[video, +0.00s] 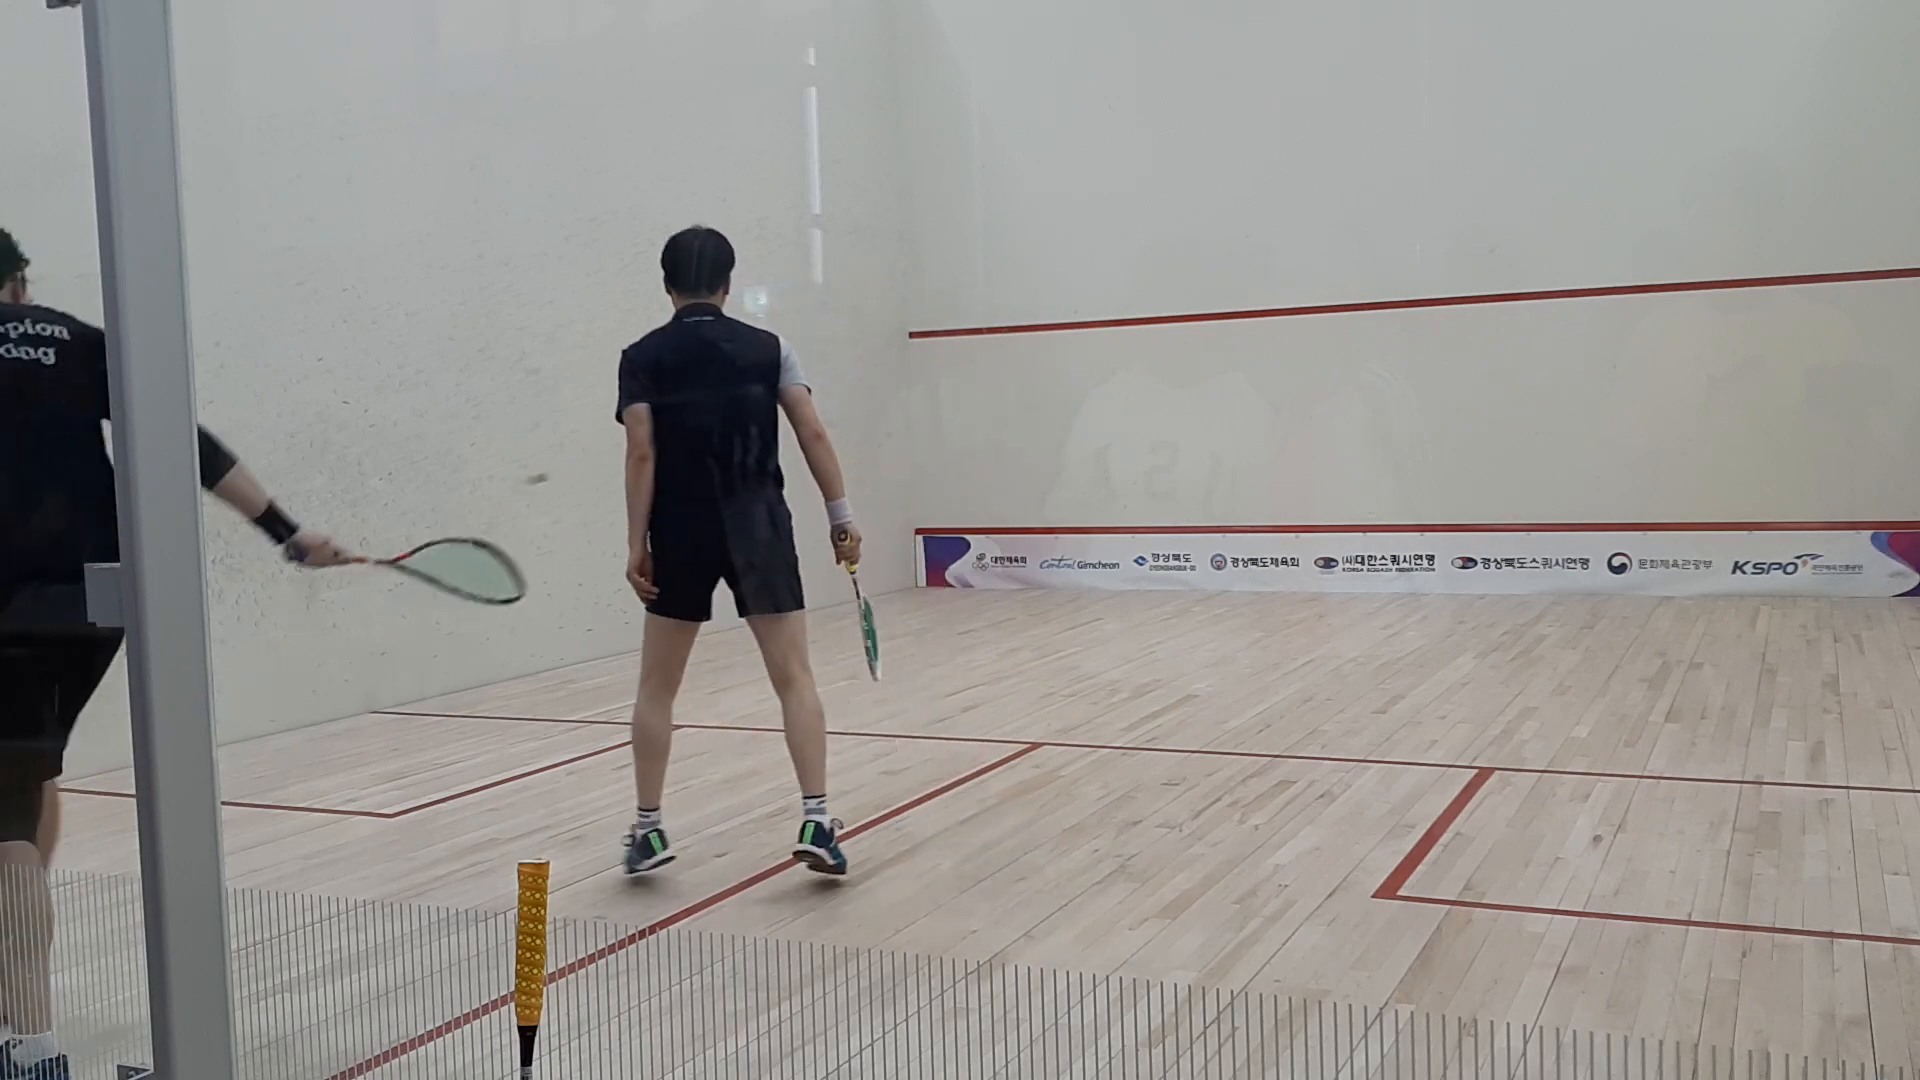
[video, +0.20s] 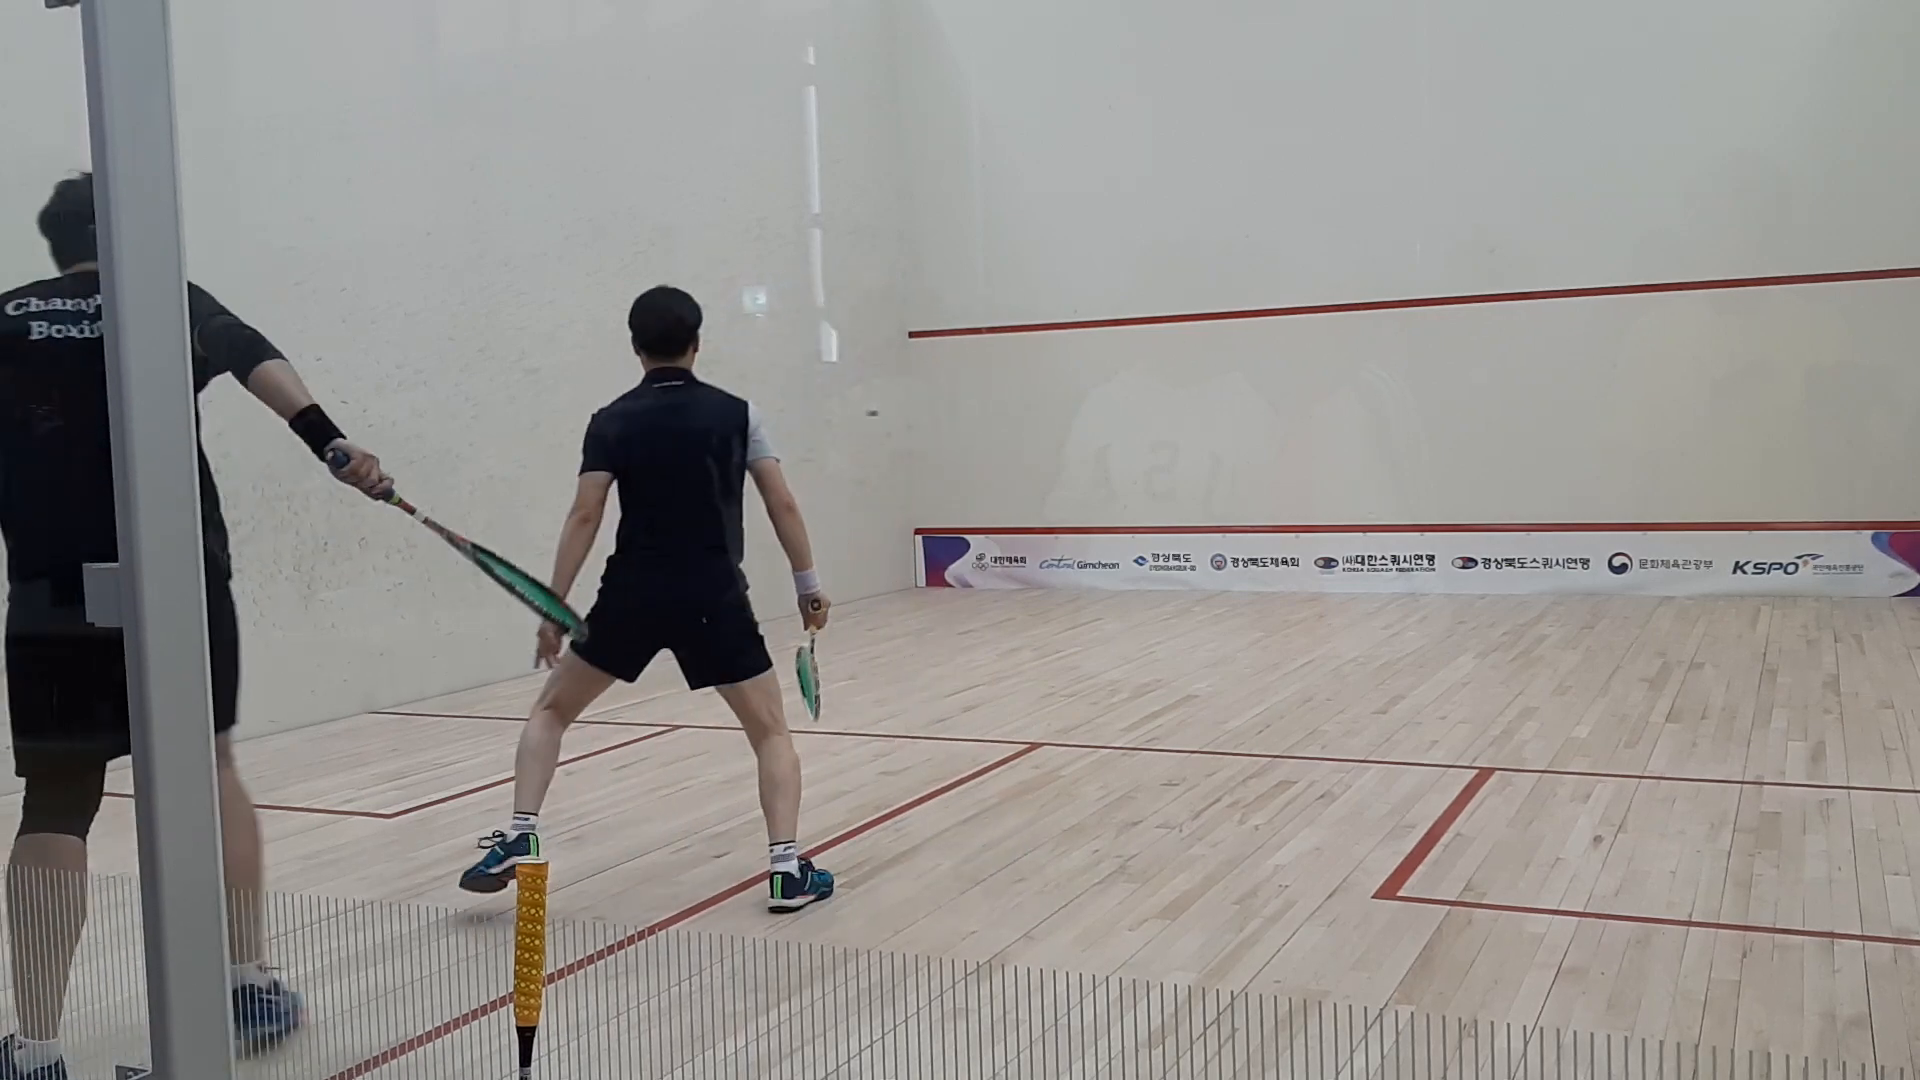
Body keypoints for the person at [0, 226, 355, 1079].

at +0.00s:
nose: (21, 289)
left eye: (17, 278)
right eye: (21, 279)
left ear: (1, 284)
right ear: (21, 280)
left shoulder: (57, 342)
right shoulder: (71, 343)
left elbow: (185, 439)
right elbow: (187, 440)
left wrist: (284, 527)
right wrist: (288, 530)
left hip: (28, 604)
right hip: (83, 601)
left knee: (22, 778)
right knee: (33, 772)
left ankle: (26, 1032)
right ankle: (26, 1027)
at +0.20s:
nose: (149, 230)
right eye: (139, 217)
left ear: (56, 243)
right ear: (128, 231)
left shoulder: (8, 318)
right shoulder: (168, 297)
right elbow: (252, 355)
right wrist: (333, 442)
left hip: (45, 605)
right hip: (176, 593)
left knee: (54, 801)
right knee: (214, 769)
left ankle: (31, 1048)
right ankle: (248, 983)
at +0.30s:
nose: (214, 260)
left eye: (207, 246)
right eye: (212, 246)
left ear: (116, 236)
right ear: (202, 245)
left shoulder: (64, 328)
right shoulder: (231, 305)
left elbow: (14, 440)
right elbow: (271, 386)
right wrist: (313, 463)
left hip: (100, 614)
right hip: (234, 600)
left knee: (84, 806)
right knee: (294, 785)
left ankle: (35, 1047)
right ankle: (344, 1005)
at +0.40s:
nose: (282, 245)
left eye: (273, 233)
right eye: (279, 233)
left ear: (193, 244)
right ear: (268, 238)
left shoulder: (138, 322)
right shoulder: (291, 311)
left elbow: (94, 447)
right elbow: (308, 406)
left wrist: (54, 566)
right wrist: (330, 502)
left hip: (183, 603)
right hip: (298, 596)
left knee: (150, 804)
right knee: (349, 782)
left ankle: (69, 1027)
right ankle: (358, 1007)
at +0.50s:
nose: (335, 235)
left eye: (327, 222)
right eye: (332, 222)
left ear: (249, 235)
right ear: (321, 229)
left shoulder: (194, 318)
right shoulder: (343, 307)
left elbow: (163, 454)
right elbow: (367, 429)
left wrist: (151, 580)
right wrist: (389, 534)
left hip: (226, 598)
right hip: (330, 592)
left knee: (242, 774)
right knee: (354, 781)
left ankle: (180, 982)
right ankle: (356, 1008)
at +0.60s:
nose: (375, 239)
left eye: (360, 227)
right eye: (374, 227)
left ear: (291, 234)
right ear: (365, 230)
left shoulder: (237, 327)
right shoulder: (394, 311)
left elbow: (202, 468)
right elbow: (426, 442)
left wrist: (165, 574)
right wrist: (455, 556)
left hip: (270, 578)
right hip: (366, 574)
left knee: (315, 743)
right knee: (362, 762)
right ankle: (358, 1000)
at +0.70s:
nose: (409, 246)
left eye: (391, 237)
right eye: (406, 236)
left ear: (327, 248)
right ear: (400, 241)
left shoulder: (281, 338)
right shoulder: (435, 322)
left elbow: (246, 473)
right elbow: (472, 451)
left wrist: (225, 589)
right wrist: (515, 568)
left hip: (313, 581)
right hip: (403, 576)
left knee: (389, 736)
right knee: (374, 759)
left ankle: (399, 901)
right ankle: (358, 984)